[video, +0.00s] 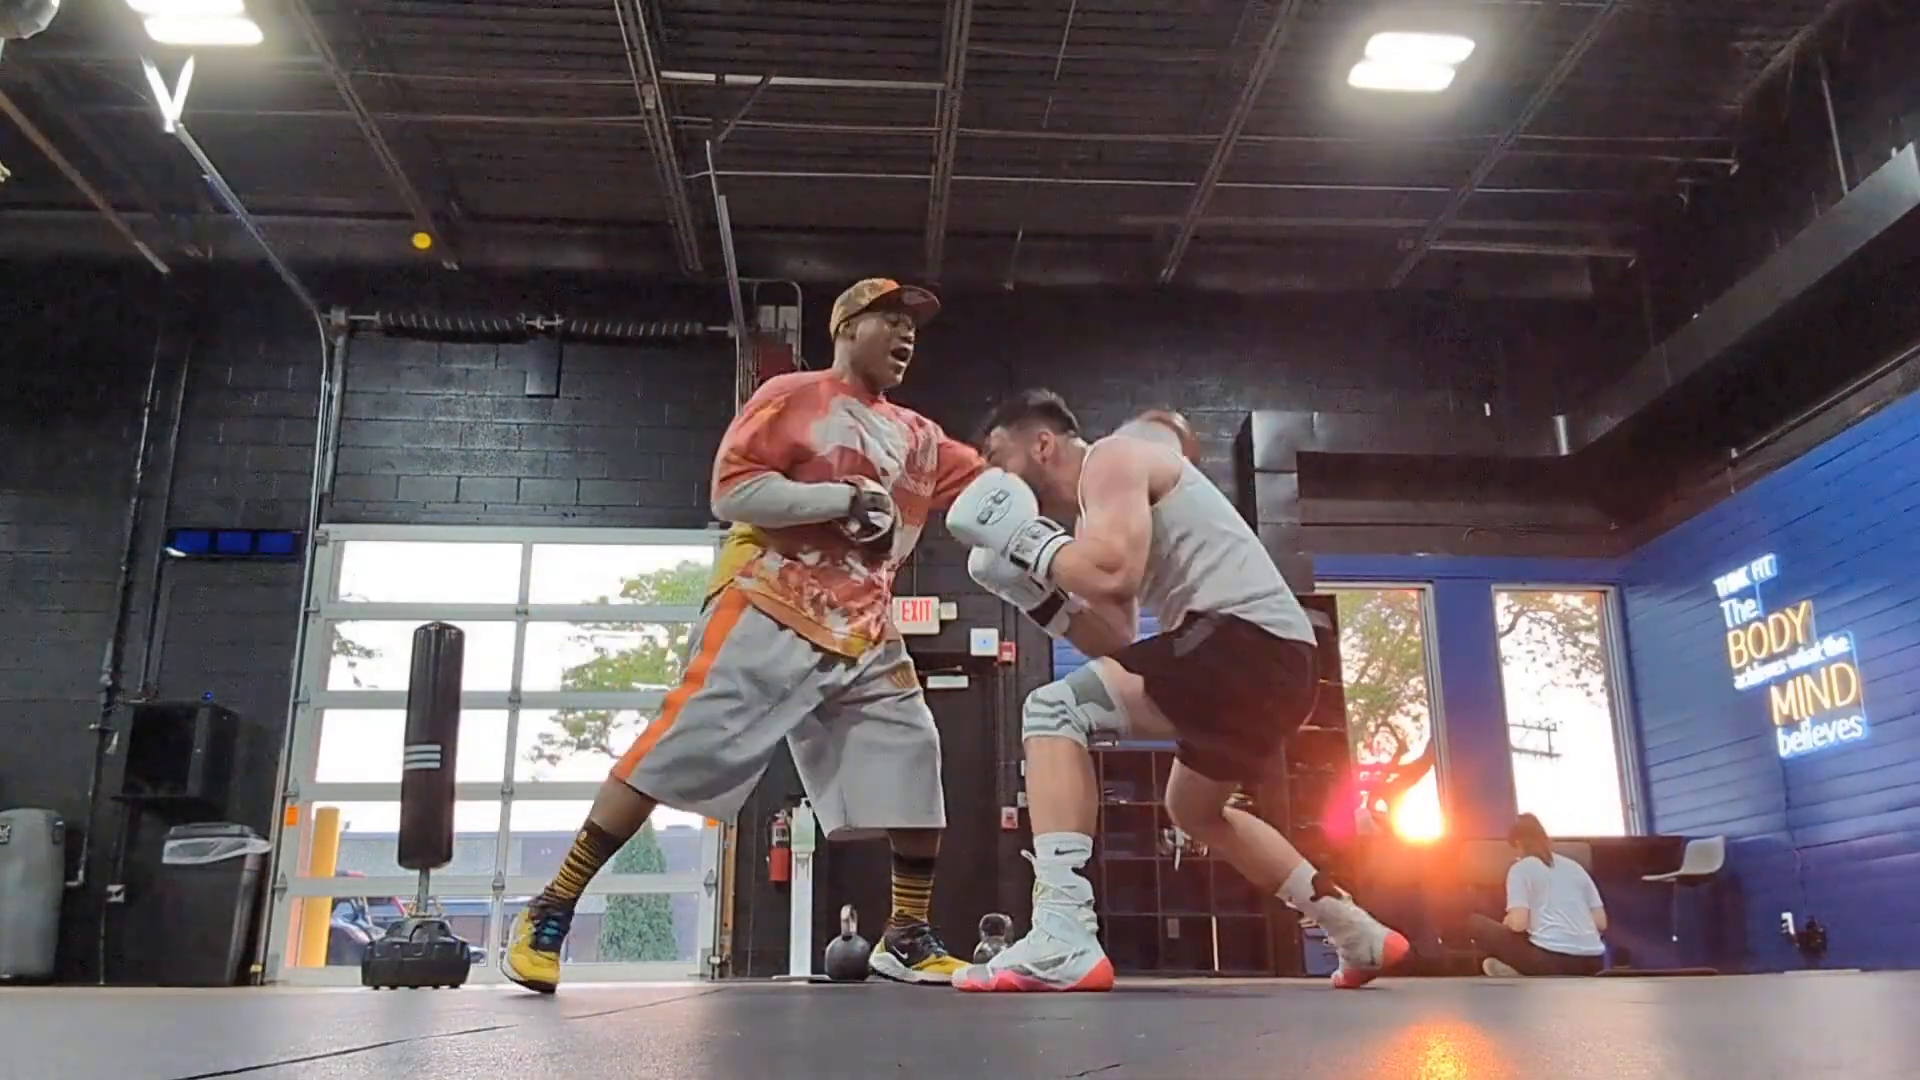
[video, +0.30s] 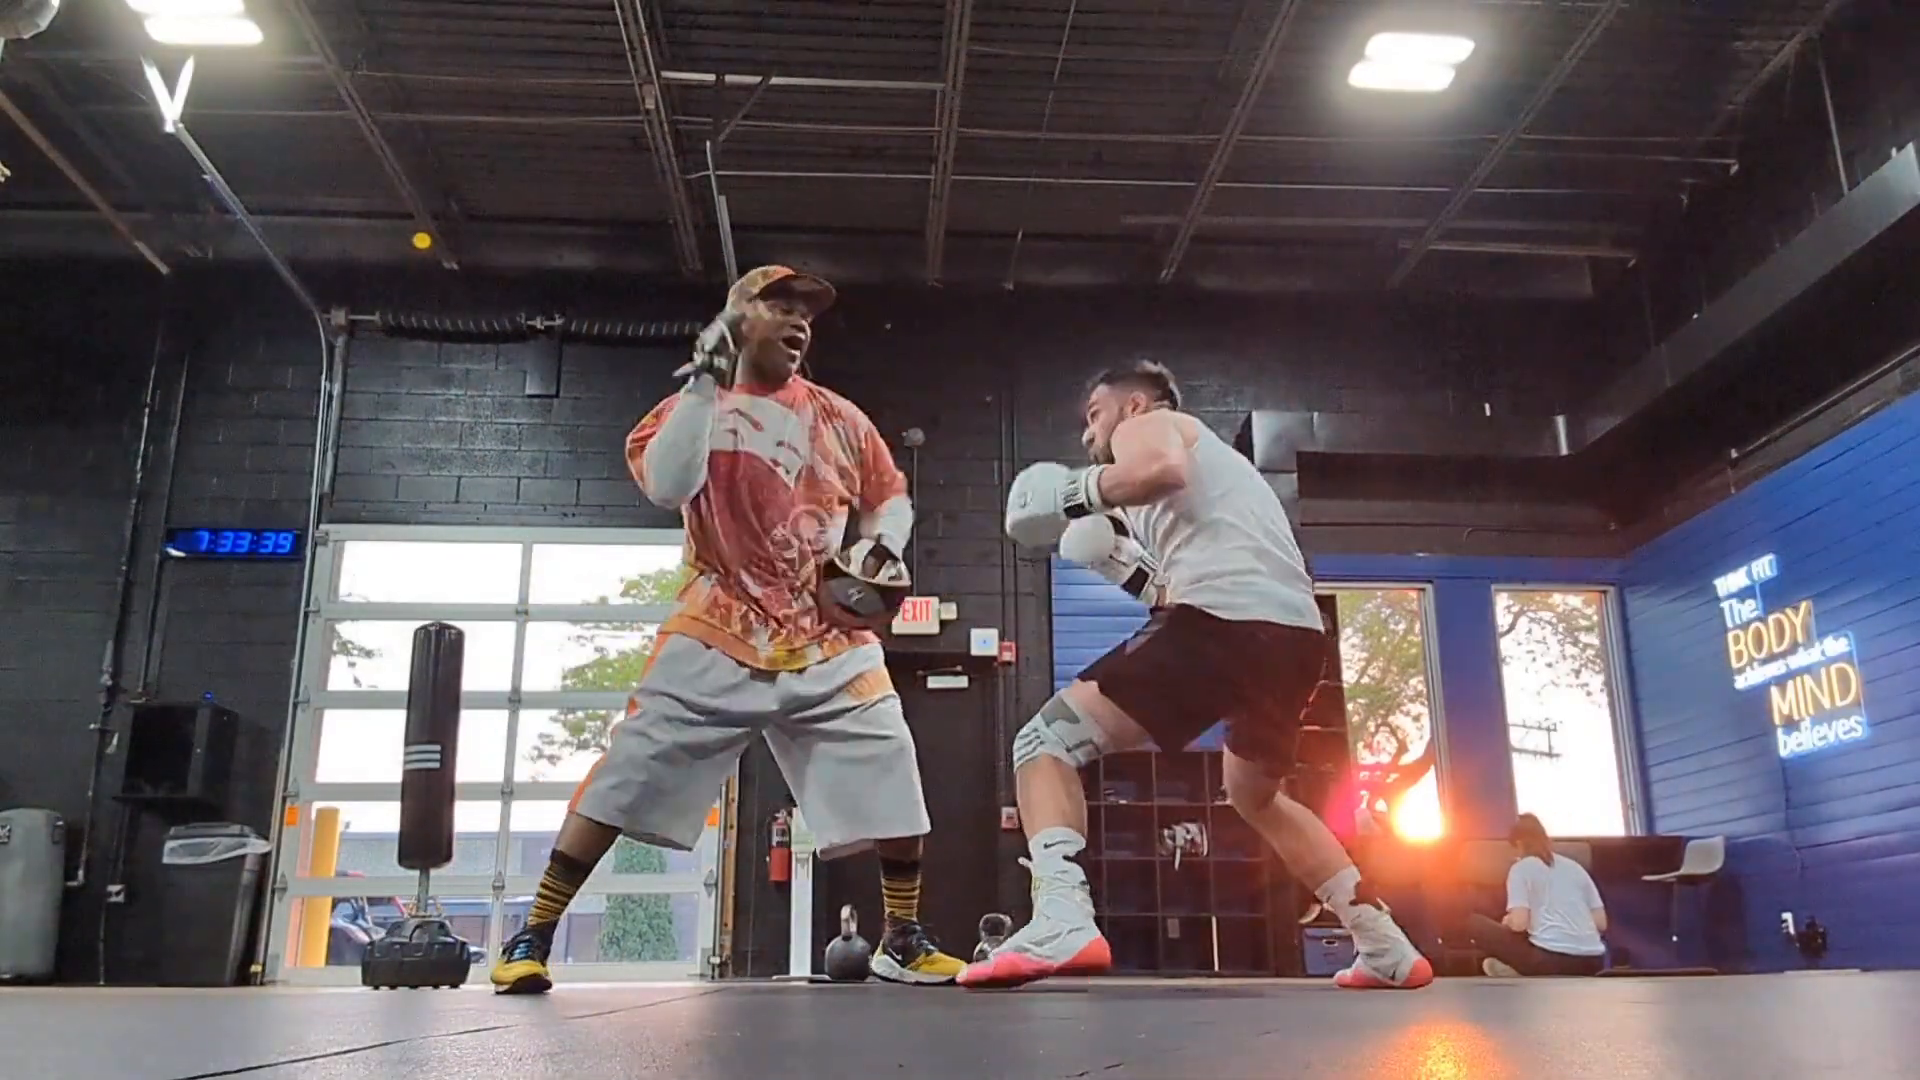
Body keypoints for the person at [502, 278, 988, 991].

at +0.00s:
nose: (907, 337)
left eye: (912, 329)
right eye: (893, 322)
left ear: (909, 345)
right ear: (847, 328)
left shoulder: (920, 437)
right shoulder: (790, 394)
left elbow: (1004, 491)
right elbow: (733, 493)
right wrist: (844, 498)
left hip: (865, 628)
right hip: (770, 604)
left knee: (917, 749)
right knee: (683, 741)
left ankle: (908, 931)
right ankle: (554, 909)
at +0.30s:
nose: (801, 320)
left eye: (808, 310)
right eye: (782, 303)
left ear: (814, 327)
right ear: (737, 313)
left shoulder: (840, 418)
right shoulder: (690, 408)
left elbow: (892, 498)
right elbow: (668, 484)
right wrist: (708, 378)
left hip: (831, 623)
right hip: (721, 619)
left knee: (893, 756)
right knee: (632, 762)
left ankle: (903, 937)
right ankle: (534, 936)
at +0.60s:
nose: (797, 327)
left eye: (795, 317)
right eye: (781, 313)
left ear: (765, 331)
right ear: (733, 321)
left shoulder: (783, 424)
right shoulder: (689, 393)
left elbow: (813, 532)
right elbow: (743, 465)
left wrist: (892, 480)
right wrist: (845, 404)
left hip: (800, 620)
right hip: (711, 619)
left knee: (862, 765)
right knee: (634, 772)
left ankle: (897, 937)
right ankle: (530, 936)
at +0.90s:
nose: (774, 317)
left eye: (779, 305)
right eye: (755, 303)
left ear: (787, 317)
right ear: (718, 319)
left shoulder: (807, 406)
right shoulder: (686, 392)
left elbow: (841, 512)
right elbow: (737, 453)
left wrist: (862, 483)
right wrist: (751, 355)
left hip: (786, 610)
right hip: (693, 604)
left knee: (823, 762)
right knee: (625, 755)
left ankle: (821, 937)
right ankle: (535, 930)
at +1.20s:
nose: (729, 342)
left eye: (737, 329)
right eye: (711, 329)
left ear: (744, 344)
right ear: (670, 342)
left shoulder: (771, 410)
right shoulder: (633, 424)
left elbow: (868, 436)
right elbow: (691, 450)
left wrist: (800, 423)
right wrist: (737, 351)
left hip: (781, 633)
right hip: (670, 632)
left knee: (854, 746)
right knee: (588, 772)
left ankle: (841, 924)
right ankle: (479, 935)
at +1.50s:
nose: (790, 389)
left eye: (792, 376)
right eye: (774, 373)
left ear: (794, 383)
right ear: (727, 373)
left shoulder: (816, 451)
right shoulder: (667, 456)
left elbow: (909, 485)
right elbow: (593, 551)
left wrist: (904, 425)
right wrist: (626, 588)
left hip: (794, 654)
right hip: (684, 656)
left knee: (885, 781)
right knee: (605, 779)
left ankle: (934, 945)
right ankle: (483, 938)